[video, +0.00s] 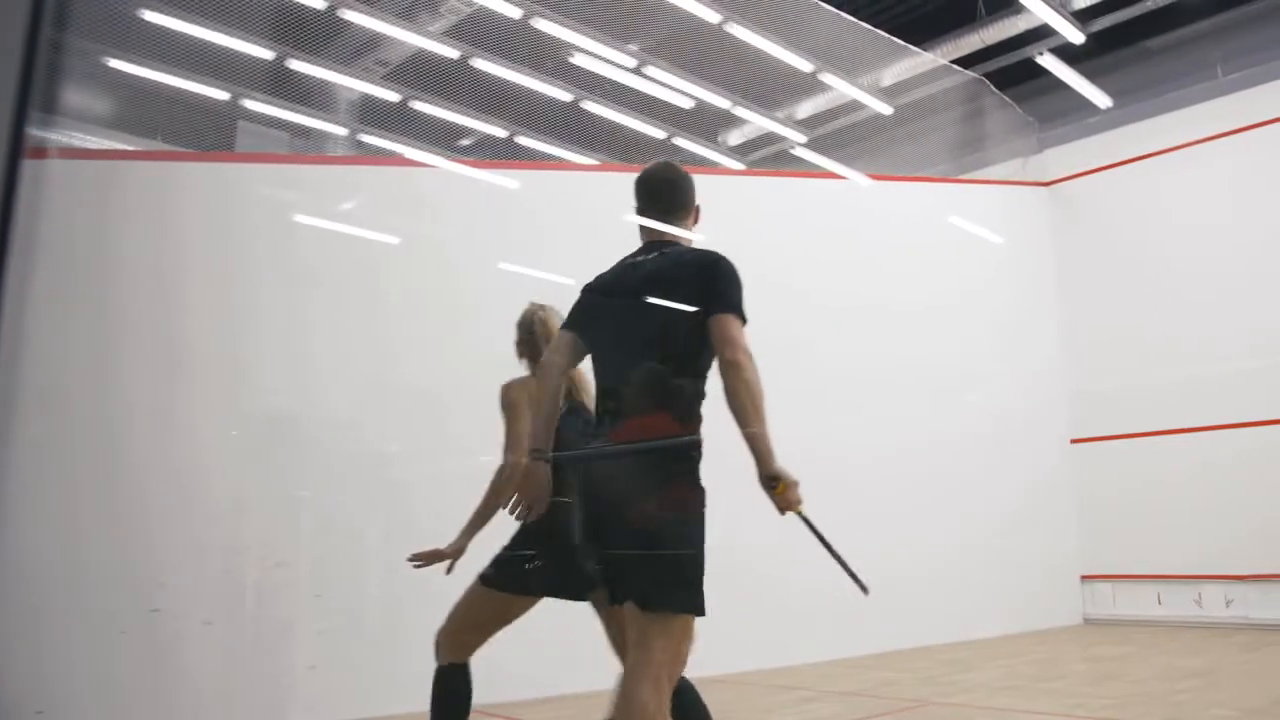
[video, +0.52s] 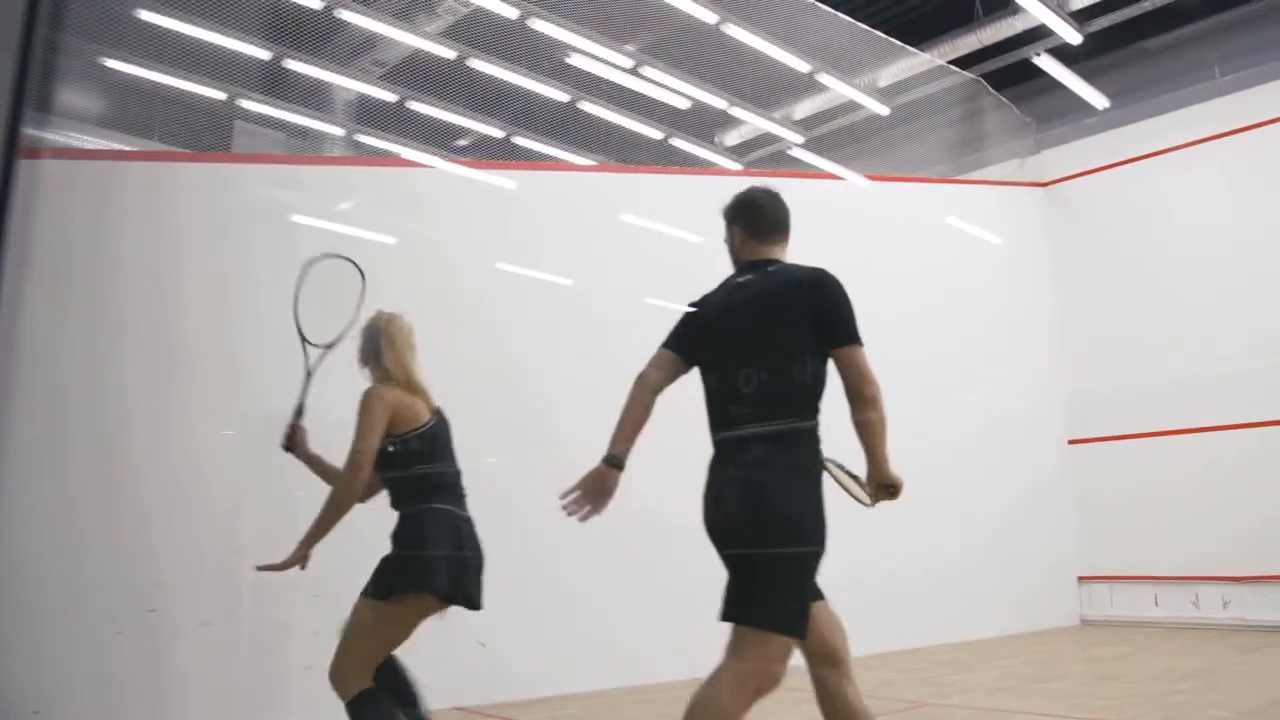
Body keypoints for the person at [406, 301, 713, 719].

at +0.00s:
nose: (518, 348)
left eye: (519, 341)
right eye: (523, 340)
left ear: (523, 346)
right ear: (563, 343)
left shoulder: (520, 391)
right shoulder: (593, 384)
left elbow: (515, 466)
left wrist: (462, 540)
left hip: (546, 538)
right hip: (600, 534)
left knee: (453, 644)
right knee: (643, 658)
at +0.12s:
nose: (479, 341)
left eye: (482, 335)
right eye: (482, 334)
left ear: (488, 341)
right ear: (523, 339)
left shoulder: (488, 388)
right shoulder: (543, 389)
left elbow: (479, 468)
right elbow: (543, 467)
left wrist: (427, 540)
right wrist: (498, 504)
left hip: (510, 542)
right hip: (561, 539)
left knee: (427, 656)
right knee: (595, 669)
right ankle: (672, 711)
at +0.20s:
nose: (454, 342)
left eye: (457, 335)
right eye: (456, 334)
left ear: (465, 340)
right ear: (499, 340)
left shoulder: (466, 386)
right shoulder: (515, 396)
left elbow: (453, 470)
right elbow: (504, 501)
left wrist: (401, 544)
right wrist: (438, 506)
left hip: (492, 539)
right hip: (538, 540)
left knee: (408, 655)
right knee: (547, 675)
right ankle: (633, 716)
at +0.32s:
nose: (419, 347)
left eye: (422, 339)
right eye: (421, 338)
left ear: (429, 342)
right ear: (462, 342)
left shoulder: (433, 387)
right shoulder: (480, 396)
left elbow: (415, 476)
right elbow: (456, 494)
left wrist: (363, 545)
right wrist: (388, 487)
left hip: (465, 541)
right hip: (509, 545)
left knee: (387, 661)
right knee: (469, 674)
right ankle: (573, 717)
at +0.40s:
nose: (395, 352)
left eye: (396, 344)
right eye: (397, 344)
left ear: (401, 346)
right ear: (440, 345)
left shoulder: (412, 391)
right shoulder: (460, 402)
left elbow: (390, 478)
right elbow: (409, 493)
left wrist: (338, 546)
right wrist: (350, 474)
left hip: (450, 542)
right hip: (491, 547)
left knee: (372, 665)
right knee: (421, 664)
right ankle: (516, 716)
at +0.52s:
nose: (361, 357)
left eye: (364, 348)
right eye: (362, 347)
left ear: (372, 351)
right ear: (405, 350)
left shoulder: (382, 397)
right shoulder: (425, 406)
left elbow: (355, 482)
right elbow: (362, 491)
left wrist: (306, 544)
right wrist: (306, 453)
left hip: (424, 550)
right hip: (456, 550)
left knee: (347, 674)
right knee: (373, 654)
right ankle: (416, 714)